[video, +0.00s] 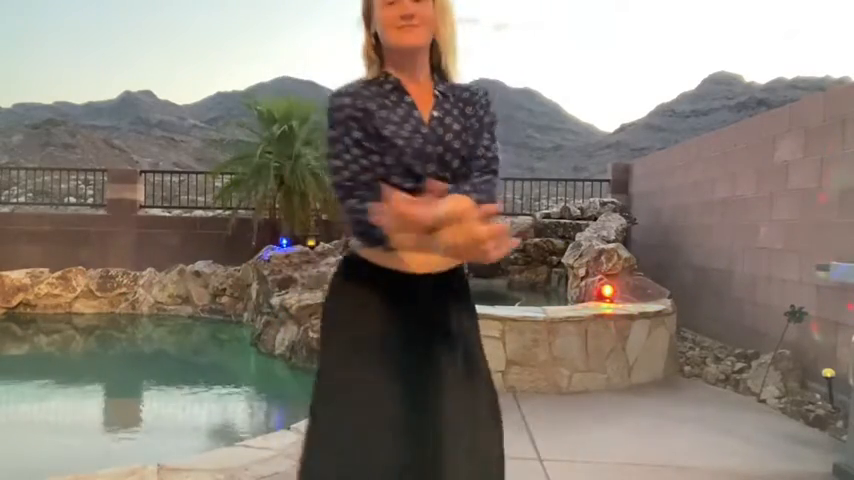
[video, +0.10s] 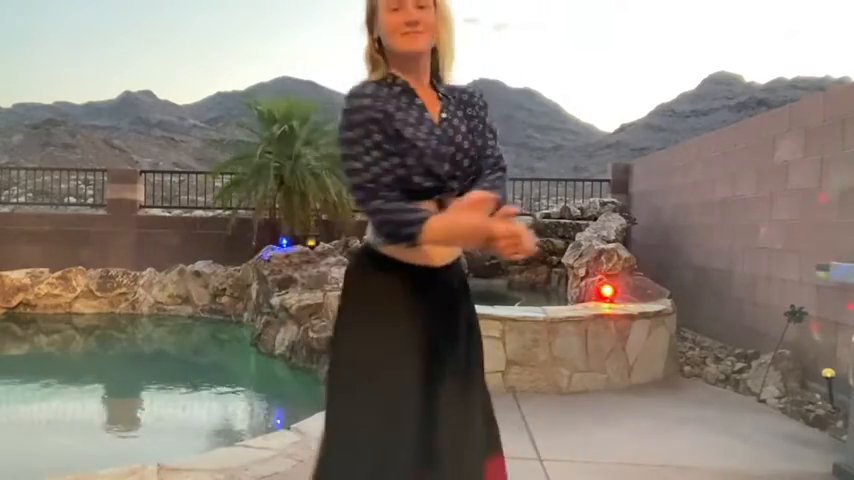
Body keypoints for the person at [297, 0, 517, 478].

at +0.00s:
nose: (406, 8)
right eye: (391, 0)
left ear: (439, 13)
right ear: (370, 16)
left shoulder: (473, 103)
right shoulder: (351, 103)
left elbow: (484, 196)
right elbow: (365, 226)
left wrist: (439, 215)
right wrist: (453, 249)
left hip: (447, 292)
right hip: (370, 293)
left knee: (459, 447)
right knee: (368, 448)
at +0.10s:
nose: (411, 14)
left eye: (422, 3)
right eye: (394, 5)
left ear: (440, 19)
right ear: (374, 26)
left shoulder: (467, 101)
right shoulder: (366, 102)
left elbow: (494, 174)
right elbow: (387, 216)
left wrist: (456, 215)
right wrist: (484, 232)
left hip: (448, 285)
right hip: (385, 283)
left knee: (455, 437)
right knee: (381, 438)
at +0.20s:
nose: (423, 14)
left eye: (431, 4)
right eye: (405, 5)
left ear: (443, 17)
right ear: (380, 26)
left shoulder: (452, 99)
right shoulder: (390, 94)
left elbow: (486, 169)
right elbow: (411, 203)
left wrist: (522, 216)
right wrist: (491, 218)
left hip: (435, 267)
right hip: (393, 268)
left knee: (454, 413)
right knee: (402, 422)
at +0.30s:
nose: (437, 16)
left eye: (438, 6)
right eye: (420, 7)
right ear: (387, 27)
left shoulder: (408, 89)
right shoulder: (416, 93)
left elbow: (469, 162)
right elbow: (447, 199)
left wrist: (513, 198)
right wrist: (515, 215)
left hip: (399, 260)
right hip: (408, 266)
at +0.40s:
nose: (450, 41)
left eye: (447, 31)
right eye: (442, 31)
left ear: (394, 43)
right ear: (417, 41)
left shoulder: (381, 110)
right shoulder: (448, 116)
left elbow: (432, 181)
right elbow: (482, 208)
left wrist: (503, 199)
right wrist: (517, 223)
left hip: (374, 255)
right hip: (425, 261)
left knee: (381, 394)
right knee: (444, 397)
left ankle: (381, 471)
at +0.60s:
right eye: (445, 64)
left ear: (381, 68)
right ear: (446, 71)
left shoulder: (369, 129)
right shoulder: (457, 133)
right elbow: (472, 213)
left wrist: (474, 223)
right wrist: (487, 235)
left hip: (372, 263)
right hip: (427, 266)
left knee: (387, 391)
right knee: (457, 390)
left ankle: (395, 469)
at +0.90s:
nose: (390, 79)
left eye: (402, 72)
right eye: (390, 70)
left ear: (427, 85)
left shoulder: (394, 131)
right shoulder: (425, 131)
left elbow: (342, 198)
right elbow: (406, 208)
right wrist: (357, 244)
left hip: (393, 255)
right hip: (419, 250)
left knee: (390, 365)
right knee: (442, 361)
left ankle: (385, 461)